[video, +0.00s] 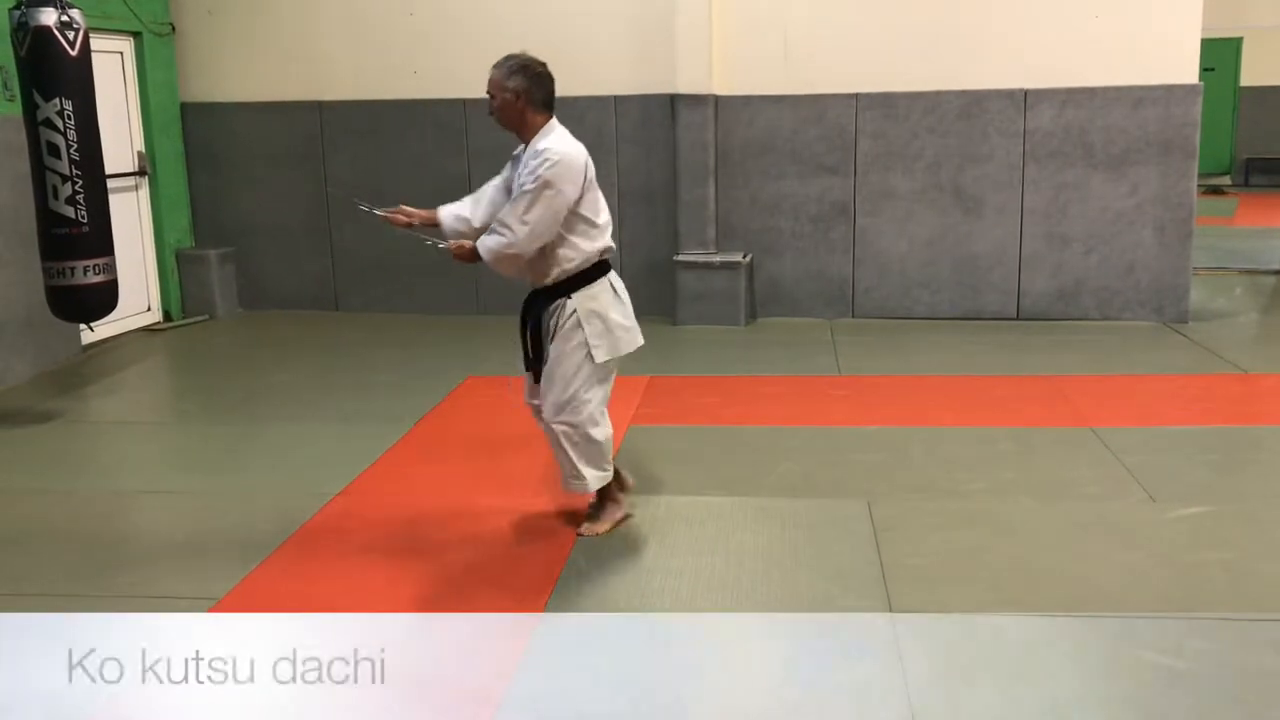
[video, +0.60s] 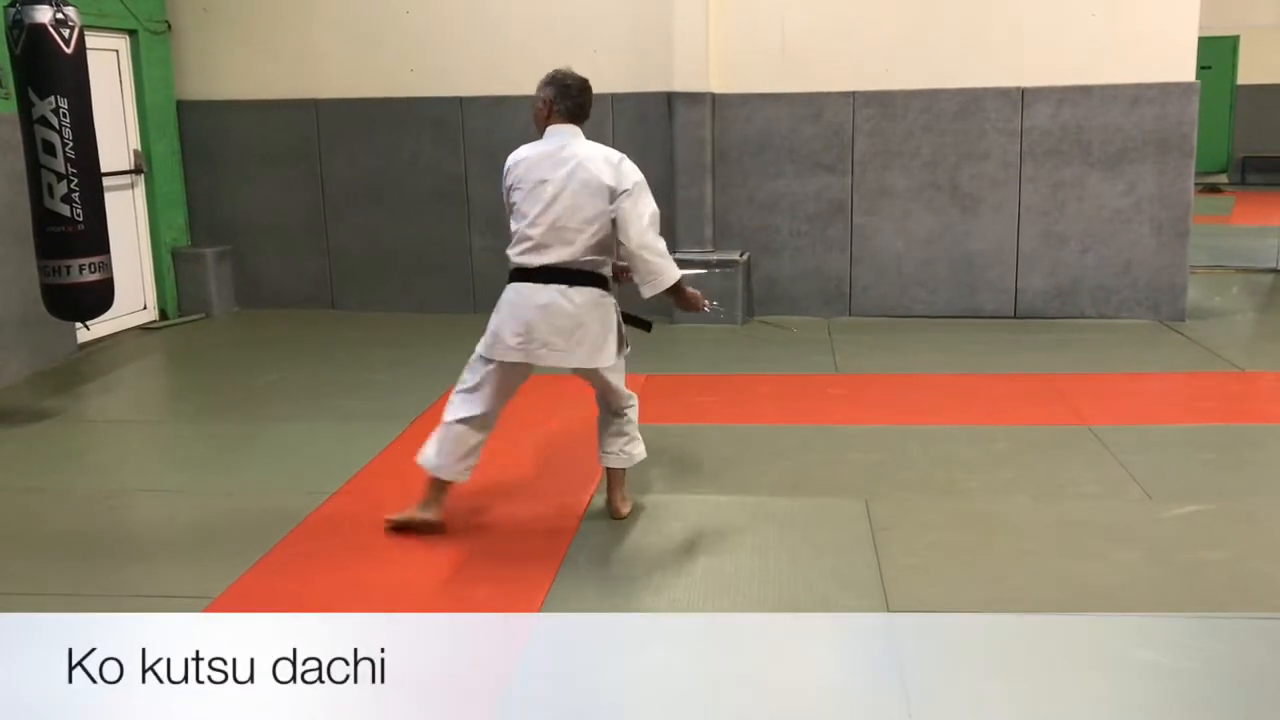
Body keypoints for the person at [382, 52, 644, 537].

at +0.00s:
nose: (488, 105)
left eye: (494, 97)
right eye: (489, 96)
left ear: (521, 99)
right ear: (522, 100)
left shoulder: (558, 156)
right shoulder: (528, 154)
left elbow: (522, 238)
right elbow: (485, 203)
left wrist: (479, 248)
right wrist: (427, 218)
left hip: (582, 299)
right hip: (551, 299)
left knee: (568, 407)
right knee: (542, 399)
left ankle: (610, 498)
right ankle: (607, 475)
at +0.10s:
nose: (499, 104)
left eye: (504, 94)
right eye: (500, 94)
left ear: (531, 96)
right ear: (536, 96)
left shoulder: (552, 155)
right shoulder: (565, 145)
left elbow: (516, 242)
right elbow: (523, 219)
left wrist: (485, 249)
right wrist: (482, 234)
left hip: (579, 303)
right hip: (595, 294)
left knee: (569, 415)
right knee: (585, 408)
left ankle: (628, 507)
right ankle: (610, 497)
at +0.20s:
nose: (509, 106)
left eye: (515, 96)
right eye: (509, 96)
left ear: (540, 98)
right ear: (556, 100)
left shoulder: (538, 157)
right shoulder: (602, 155)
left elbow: (507, 250)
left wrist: (526, 265)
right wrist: (543, 259)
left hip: (574, 311)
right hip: (619, 300)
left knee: (570, 418)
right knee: (613, 408)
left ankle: (627, 506)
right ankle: (612, 494)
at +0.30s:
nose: (517, 105)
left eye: (522, 95)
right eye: (517, 95)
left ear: (544, 95)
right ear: (567, 98)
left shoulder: (524, 157)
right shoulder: (621, 155)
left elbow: (515, 244)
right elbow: (628, 234)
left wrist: (549, 269)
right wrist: (603, 273)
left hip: (563, 306)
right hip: (619, 300)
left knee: (560, 415)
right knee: (617, 407)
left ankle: (622, 496)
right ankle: (613, 493)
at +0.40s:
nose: (525, 106)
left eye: (529, 96)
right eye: (525, 96)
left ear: (547, 96)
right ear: (577, 99)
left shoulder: (521, 157)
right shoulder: (624, 154)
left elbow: (517, 229)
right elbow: (647, 234)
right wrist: (653, 282)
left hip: (550, 304)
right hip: (612, 299)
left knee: (527, 402)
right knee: (620, 402)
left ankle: (586, 478)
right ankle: (622, 496)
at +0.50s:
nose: (530, 108)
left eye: (533, 99)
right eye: (532, 100)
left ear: (547, 101)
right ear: (585, 106)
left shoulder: (521, 159)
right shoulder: (621, 159)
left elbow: (527, 234)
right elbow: (651, 238)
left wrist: (607, 254)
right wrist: (678, 288)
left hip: (538, 305)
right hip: (602, 305)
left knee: (497, 398)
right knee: (619, 401)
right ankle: (619, 494)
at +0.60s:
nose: (533, 111)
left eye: (535, 104)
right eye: (535, 104)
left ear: (546, 107)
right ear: (585, 113)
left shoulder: (519, 163)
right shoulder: (616, 166)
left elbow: (532, 236)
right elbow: (642, 244)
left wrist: (605, 265)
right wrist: (679, 291)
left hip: (523, 303)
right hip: (588, 306)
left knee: (476, 394)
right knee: (614, 398)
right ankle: (617, 495)